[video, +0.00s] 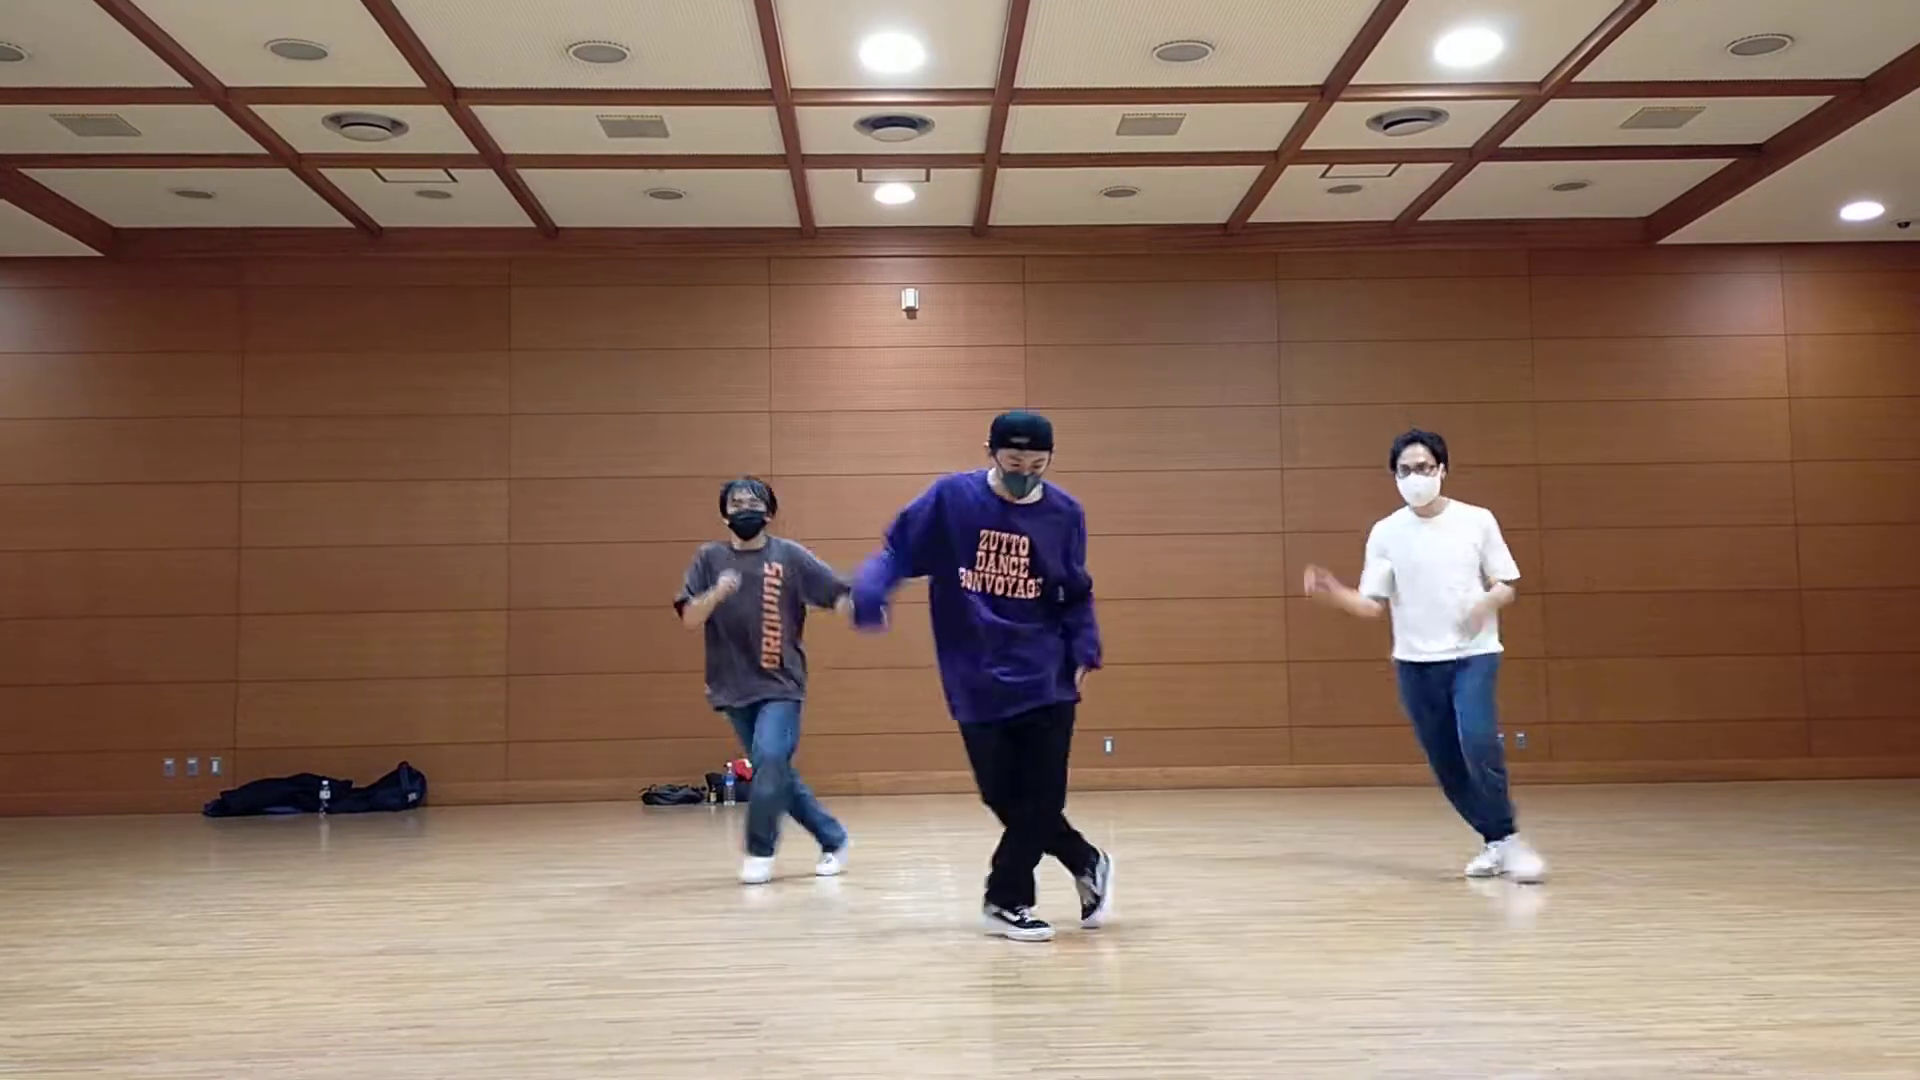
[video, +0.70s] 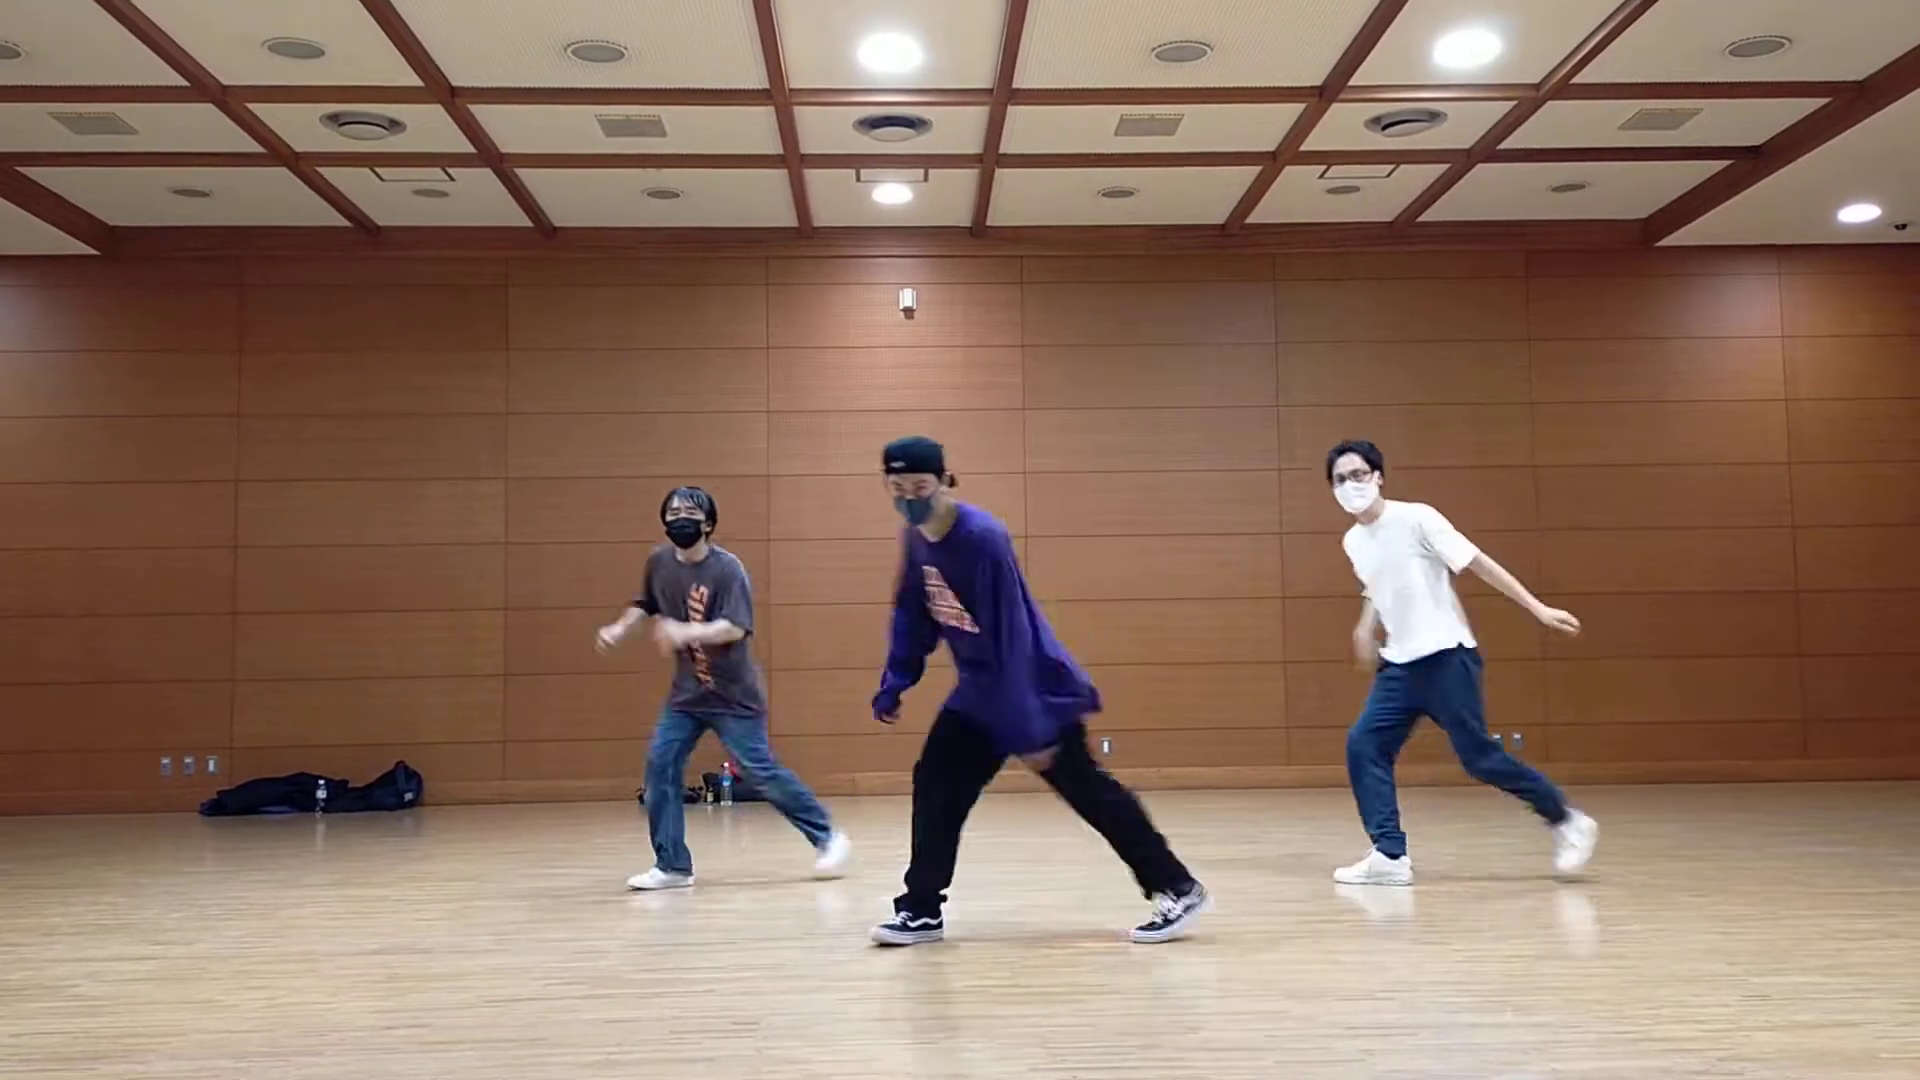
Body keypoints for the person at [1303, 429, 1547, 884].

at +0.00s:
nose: (1415, 477)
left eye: (1423, 468)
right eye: (1406, 470)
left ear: (1441, 471)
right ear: (1395, 477)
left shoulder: (1478, 522)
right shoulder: (1385, 533)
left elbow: (1507, 586)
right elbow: (1373, 606)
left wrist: (1488, 602)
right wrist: (1335, 591)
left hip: (1473, 655)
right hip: (1416, 664)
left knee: (1478, 741)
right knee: (1446, 764)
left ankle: (1508, 840)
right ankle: (1494, 842)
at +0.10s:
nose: (1418, 482)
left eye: (1425, 472)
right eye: (1409, 475)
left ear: (1446, 471)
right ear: (1401, 484)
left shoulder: (1486, 519)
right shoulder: (1403, 538)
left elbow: (1512, 591)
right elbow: (1403, 612)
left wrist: (1475, 566)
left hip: (1487, 660)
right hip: (1432, 666)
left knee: (1502, 758)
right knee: (1449, 767)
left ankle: (1552, 841)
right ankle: (1494, 841)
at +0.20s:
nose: (1414, 467)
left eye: (1420, 456)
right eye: (1404, 461)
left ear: (1442, 454)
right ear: (1397, 470)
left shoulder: (1484, 497)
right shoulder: (1408, 520)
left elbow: (1517, 561)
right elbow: (1423, 589)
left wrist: (1464, 549)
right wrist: (1430, 645)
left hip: (1496, 640)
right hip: (1443, 645)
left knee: (1511, 741)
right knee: (1440, 743)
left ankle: (1555, 842)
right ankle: (1484, 833)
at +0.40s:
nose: (1402, 488)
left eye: (1408, 477)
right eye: (1391, 483)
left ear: (1430, 476)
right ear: (1385, 493)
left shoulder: (1464, 515)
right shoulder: (1421, 538)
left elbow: (1525, 555)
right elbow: (1455, 583)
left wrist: (1472, 602)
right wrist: (1452, 618)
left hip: (1508, 654)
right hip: (1466, 659)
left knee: (1535, 759)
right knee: (1426, 736)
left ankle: (1613, 845)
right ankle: (1420, 837)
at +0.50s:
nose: (1392, 519)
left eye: (1400, 509)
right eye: (1382, 514)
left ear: (1421, 509)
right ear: (1376, 524)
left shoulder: (1454, 548)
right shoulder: (1419, 569)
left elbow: (1524, 574)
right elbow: (1471, 607)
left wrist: (1513, 642)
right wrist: (1478, 660)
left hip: (1511, 682)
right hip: (1472, 684)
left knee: (1523, 789)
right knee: (1415, 744)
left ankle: (1618, 849)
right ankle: (1403, 852)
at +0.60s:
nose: (1370, 512)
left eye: (1377, 501)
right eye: (1360, 506)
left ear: (1398, 503)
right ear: (1354, 517)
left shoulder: (1437, 541)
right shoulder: (1389, 564)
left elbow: (1506, 577)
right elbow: (1430, 609)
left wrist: (1549, 636)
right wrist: (1427, 651)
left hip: (1488, 679)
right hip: (1443, 683)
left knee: (1517, 783)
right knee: (1388, 746)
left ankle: (1612, 845)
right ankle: (1391, 856)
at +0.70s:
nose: (1351, 486)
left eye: (1358, 476)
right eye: (1341, 480)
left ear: (1378, 477)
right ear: (1333, 489)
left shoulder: (1417, 518)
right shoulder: (1353, 542)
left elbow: (1479, 564)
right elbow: (1377, 589)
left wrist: (1539, 609)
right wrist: (1365, 629)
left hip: (1447, 655)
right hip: (1401, 664)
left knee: (1478, 756)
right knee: (1364, 745)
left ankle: (1569, 821)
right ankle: (1390, 857)